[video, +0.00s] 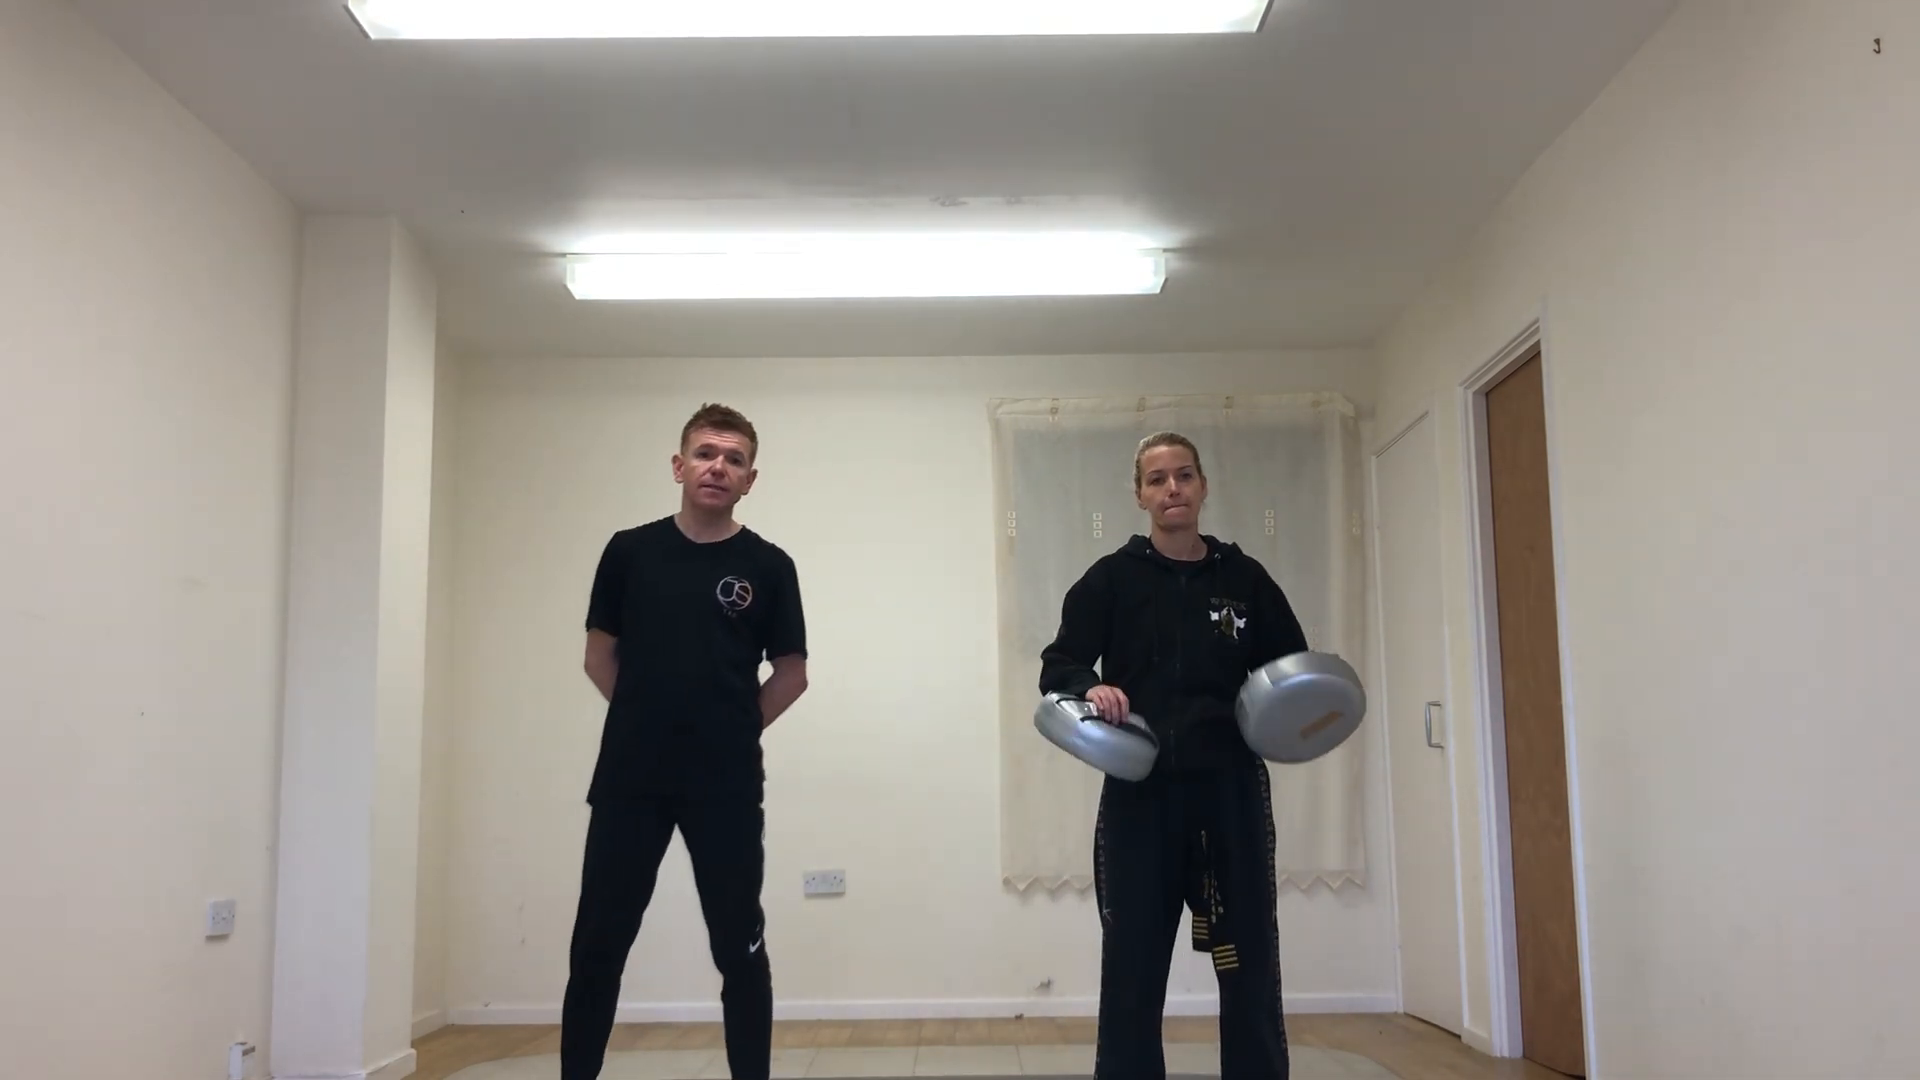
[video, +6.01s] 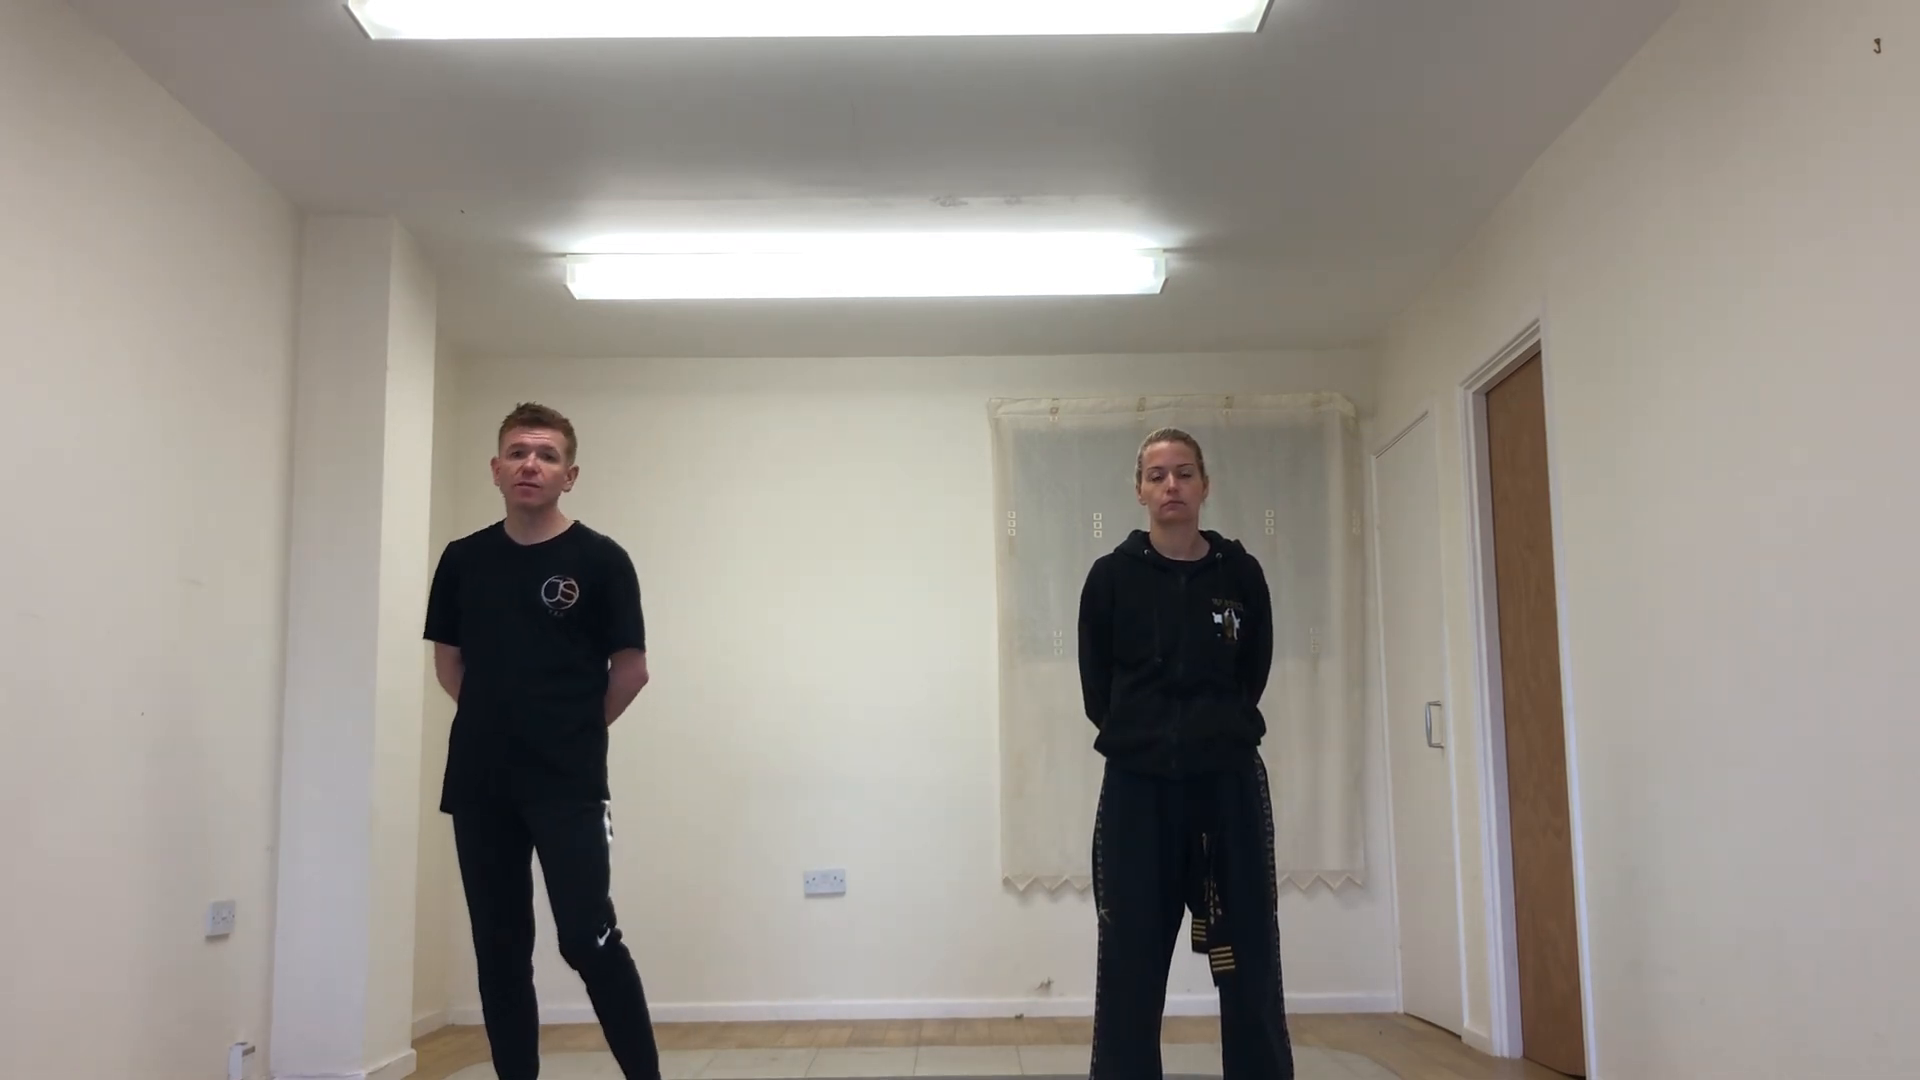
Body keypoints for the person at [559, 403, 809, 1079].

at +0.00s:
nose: (718, 467)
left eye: (734, 459)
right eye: (706, 453)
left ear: (749, 479)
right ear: (678, 464)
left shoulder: (770, 566)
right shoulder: (628, 550)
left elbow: (792, 674)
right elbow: (599, 657)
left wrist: (732, 725)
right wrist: (648, 713)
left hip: (723, 775)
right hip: (632, 769)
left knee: (740, 950)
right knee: (597, 945)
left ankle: (751, 1076)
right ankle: (576, 1075)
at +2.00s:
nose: (681, 466)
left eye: (695, 455)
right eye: (667, 454)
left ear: (717, 471)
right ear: (645, 468)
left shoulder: (743, 563)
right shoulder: (602, 546)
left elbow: (762, 674)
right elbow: (572, 653)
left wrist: (699, 719)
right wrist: (623, 709)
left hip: (693, 773)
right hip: (602, 764)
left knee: (689, 949)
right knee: (553, 933)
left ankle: (681, 1077)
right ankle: (548, 1075)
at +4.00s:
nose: (629, 463)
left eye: (645, 455)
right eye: (616, 451)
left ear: (661, 475)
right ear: (590, 466)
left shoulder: (690, 562)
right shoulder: (546, 557)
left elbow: (714, 671)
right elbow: (523, 667)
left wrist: (656, 722)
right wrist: (576, 718)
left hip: (654, 776)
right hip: (562, 775)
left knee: (666, 951)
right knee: (544, 950)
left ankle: (674, 1076)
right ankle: (533, 1076)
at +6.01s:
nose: (530, 465)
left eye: (546, 455)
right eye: (517, 452)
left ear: (569, 475)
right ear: (496, 467)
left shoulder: (601, 559)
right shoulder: (461, 558)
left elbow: (631, 670)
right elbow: (448, 667)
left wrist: (575, 725)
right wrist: (502, 716)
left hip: (567, 776)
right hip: (481, 777)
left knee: (589, 941)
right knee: (500, 953)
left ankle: (644, 1076)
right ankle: (516, 1076)